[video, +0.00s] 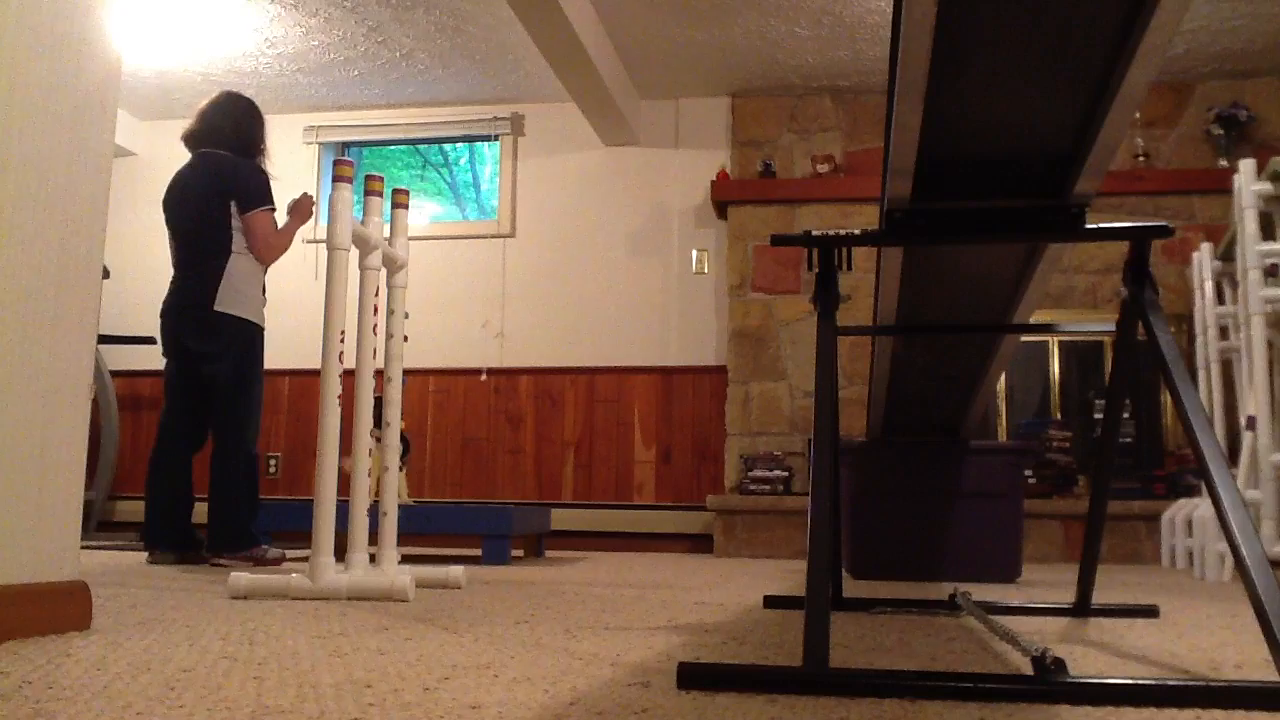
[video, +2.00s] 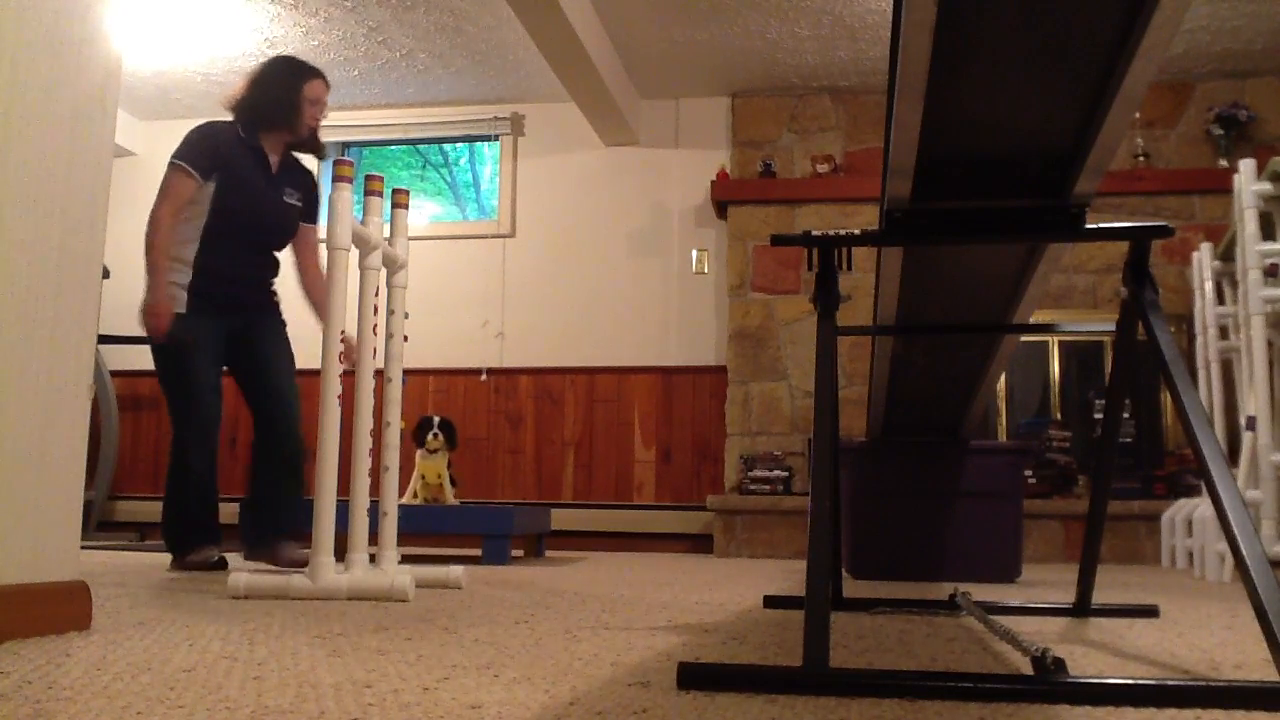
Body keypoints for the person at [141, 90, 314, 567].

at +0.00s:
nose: (260, 140)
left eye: (260, 133)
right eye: (259, 132)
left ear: (204, 125)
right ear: (250, 131)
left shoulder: (179, 180)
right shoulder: (244, 173)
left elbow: (196, 252)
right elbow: (267, 251)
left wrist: (257, 233)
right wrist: (294, 220)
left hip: (181, 316)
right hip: (230, 321)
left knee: (179, 428)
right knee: (237, 435)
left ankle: (167, 539)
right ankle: (233, 540)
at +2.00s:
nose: (322, 114)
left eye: (324, 105)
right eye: (314, 103)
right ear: (282, 101)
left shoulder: (299, 180)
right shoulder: (213, 141)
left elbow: (310, 265)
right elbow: (164, 214)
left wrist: (337, 329)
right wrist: (157, 290)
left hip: (255, 308)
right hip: (189, 304)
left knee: (281, 419)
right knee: (198, 423)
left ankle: (268, 536)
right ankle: (194, 542)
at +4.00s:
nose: (428, 183)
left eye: (436, 174)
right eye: (421, 168)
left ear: (441, 175)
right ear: (390, 156)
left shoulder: (416, 223)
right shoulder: (315, 183)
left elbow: (450, 308)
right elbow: (269, 269)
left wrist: (491, 367)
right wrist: (311, 345)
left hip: (333, 323)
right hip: (266, 311)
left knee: (372, 425)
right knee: (210, 418)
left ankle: (347, 541)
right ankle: (144, 531)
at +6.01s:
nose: (413, 156)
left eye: (424, 147)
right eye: (404, 142)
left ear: (433, 151)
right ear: (377, 135)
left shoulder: (417, 206)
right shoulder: (317, 168)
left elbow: (430, 286)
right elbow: (269, 245)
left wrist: (446, 338)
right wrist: (256, 322)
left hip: (365, 310)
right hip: (298, 298)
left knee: (369, 422)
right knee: (240, 407)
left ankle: (356, 542)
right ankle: (170, 526)